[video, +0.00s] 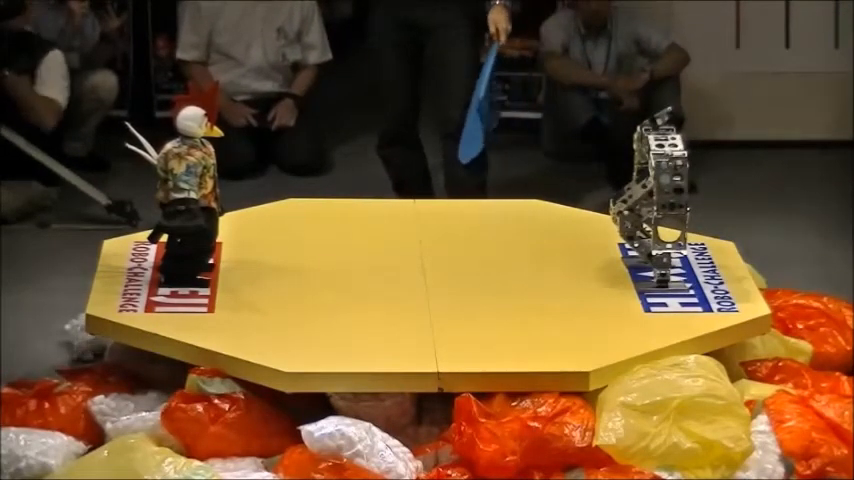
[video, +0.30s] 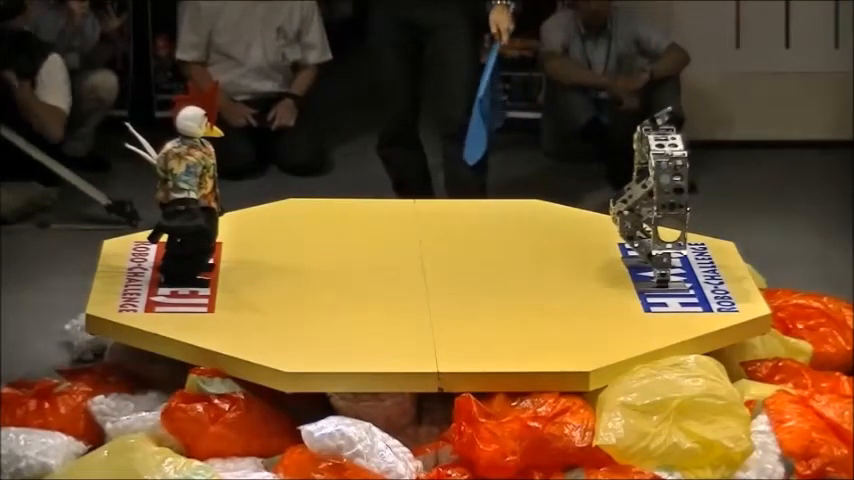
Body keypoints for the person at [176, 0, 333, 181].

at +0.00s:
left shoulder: (302, 5)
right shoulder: (201, 5)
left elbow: (312, 60)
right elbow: (191, 60)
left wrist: (291, 100)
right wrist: (226, 105)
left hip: (280, 98)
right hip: (228, 102)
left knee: (306, 160)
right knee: (237, 163)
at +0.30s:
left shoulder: (302, 4)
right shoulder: (201, 5)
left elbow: (311, 61)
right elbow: (191, 61)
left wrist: (291, 100)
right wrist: (226, 105)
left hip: (280, 98)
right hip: (228, 102)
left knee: (306, 161)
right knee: (237, 164)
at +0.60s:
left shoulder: (302, 5)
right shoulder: (202, 5)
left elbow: (310, 62)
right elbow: (191, 62)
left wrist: (291, 100)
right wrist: (226, 106)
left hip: (280, 99)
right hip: (227, 102)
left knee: (306, 161)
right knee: (238, 164)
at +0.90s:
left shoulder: (301, 5)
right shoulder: (202, 5)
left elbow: (310, 62)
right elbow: (191, 62)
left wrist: (291, 100)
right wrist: (226, 106)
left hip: (279, 99)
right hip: (227, 102)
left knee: (307, 161)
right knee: (237, 163)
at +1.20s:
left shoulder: (301, 5)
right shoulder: (202, 5)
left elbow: (310, 62)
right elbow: (191, 62)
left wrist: (291, 100)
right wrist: (226, 106)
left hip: (279, 99)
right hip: (227, 102)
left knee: (307, 161)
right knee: (238, 164)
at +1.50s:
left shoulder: (300, 5)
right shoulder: (201, 5)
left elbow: (310, 61)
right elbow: (191, 62)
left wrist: (290, 100)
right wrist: (226, 105)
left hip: (279, 98)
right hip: (227, 102)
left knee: (307, 161)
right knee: (237, 164)